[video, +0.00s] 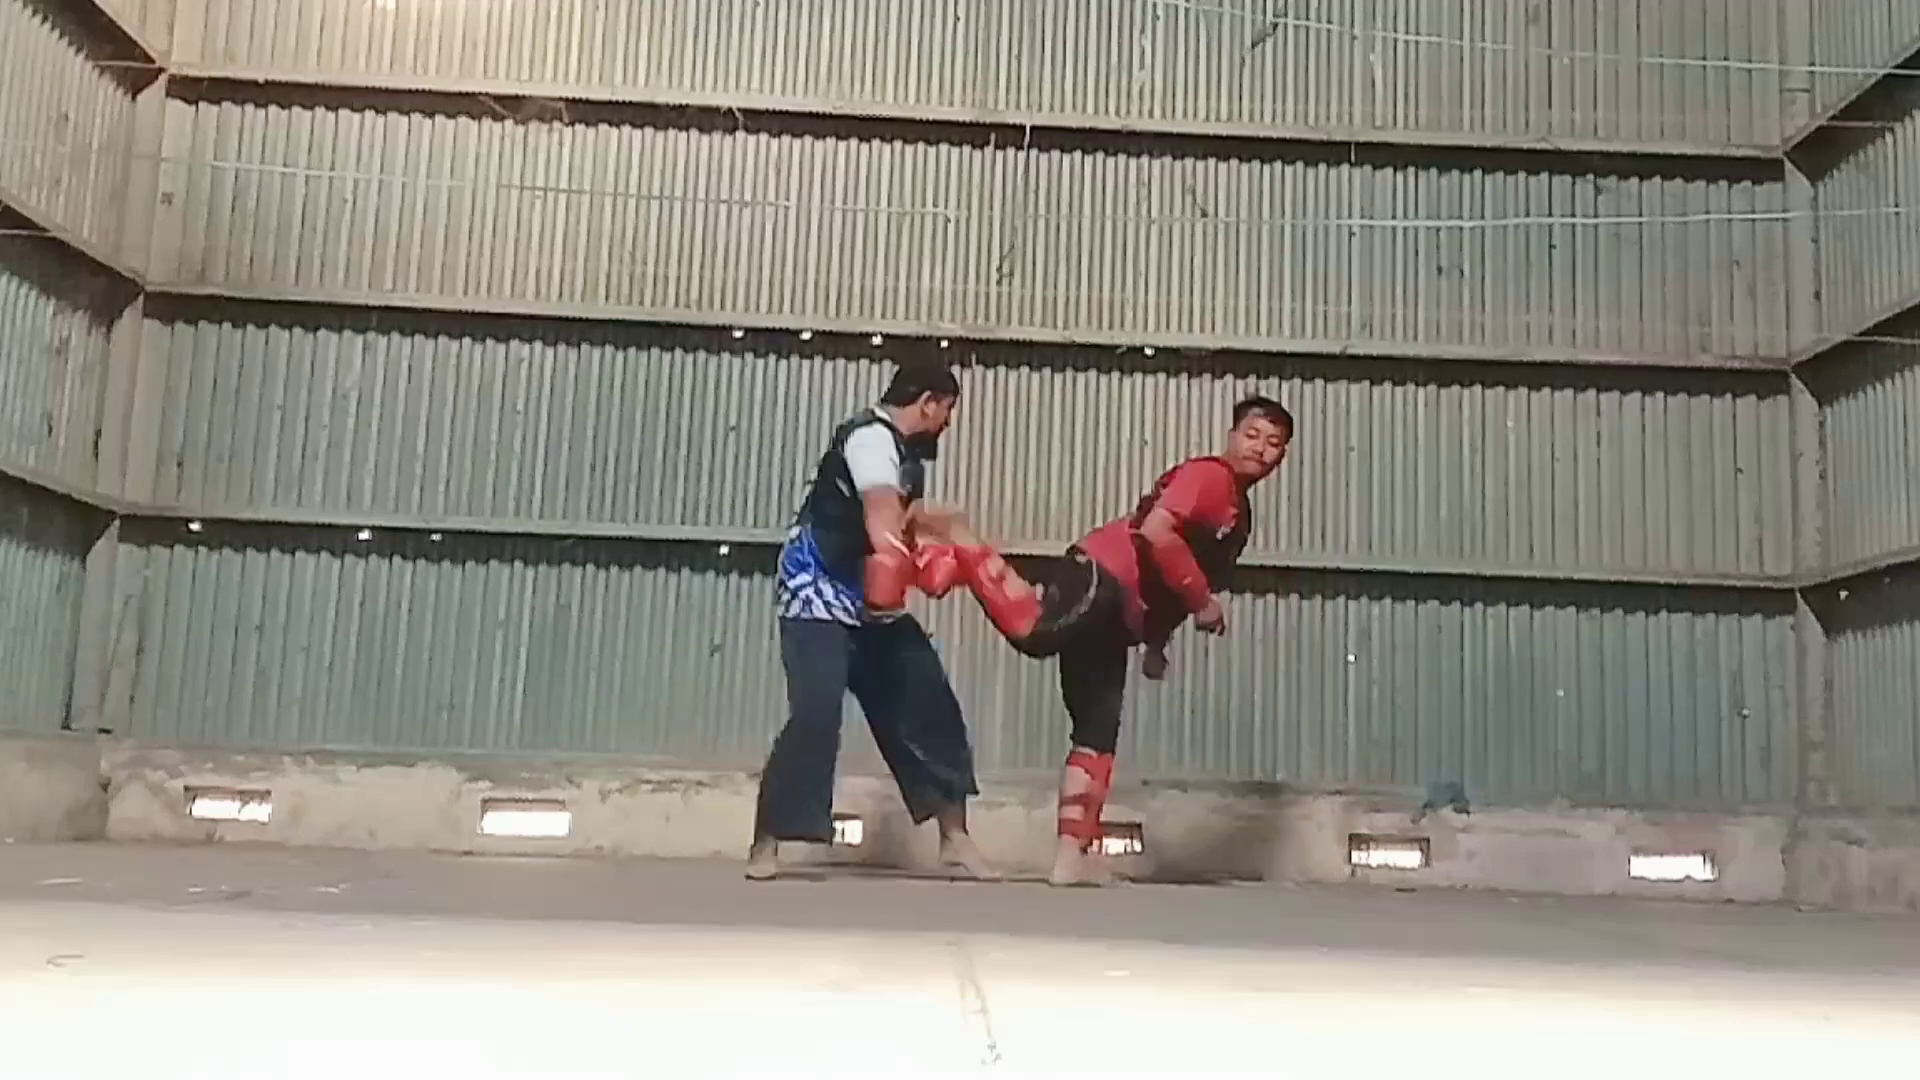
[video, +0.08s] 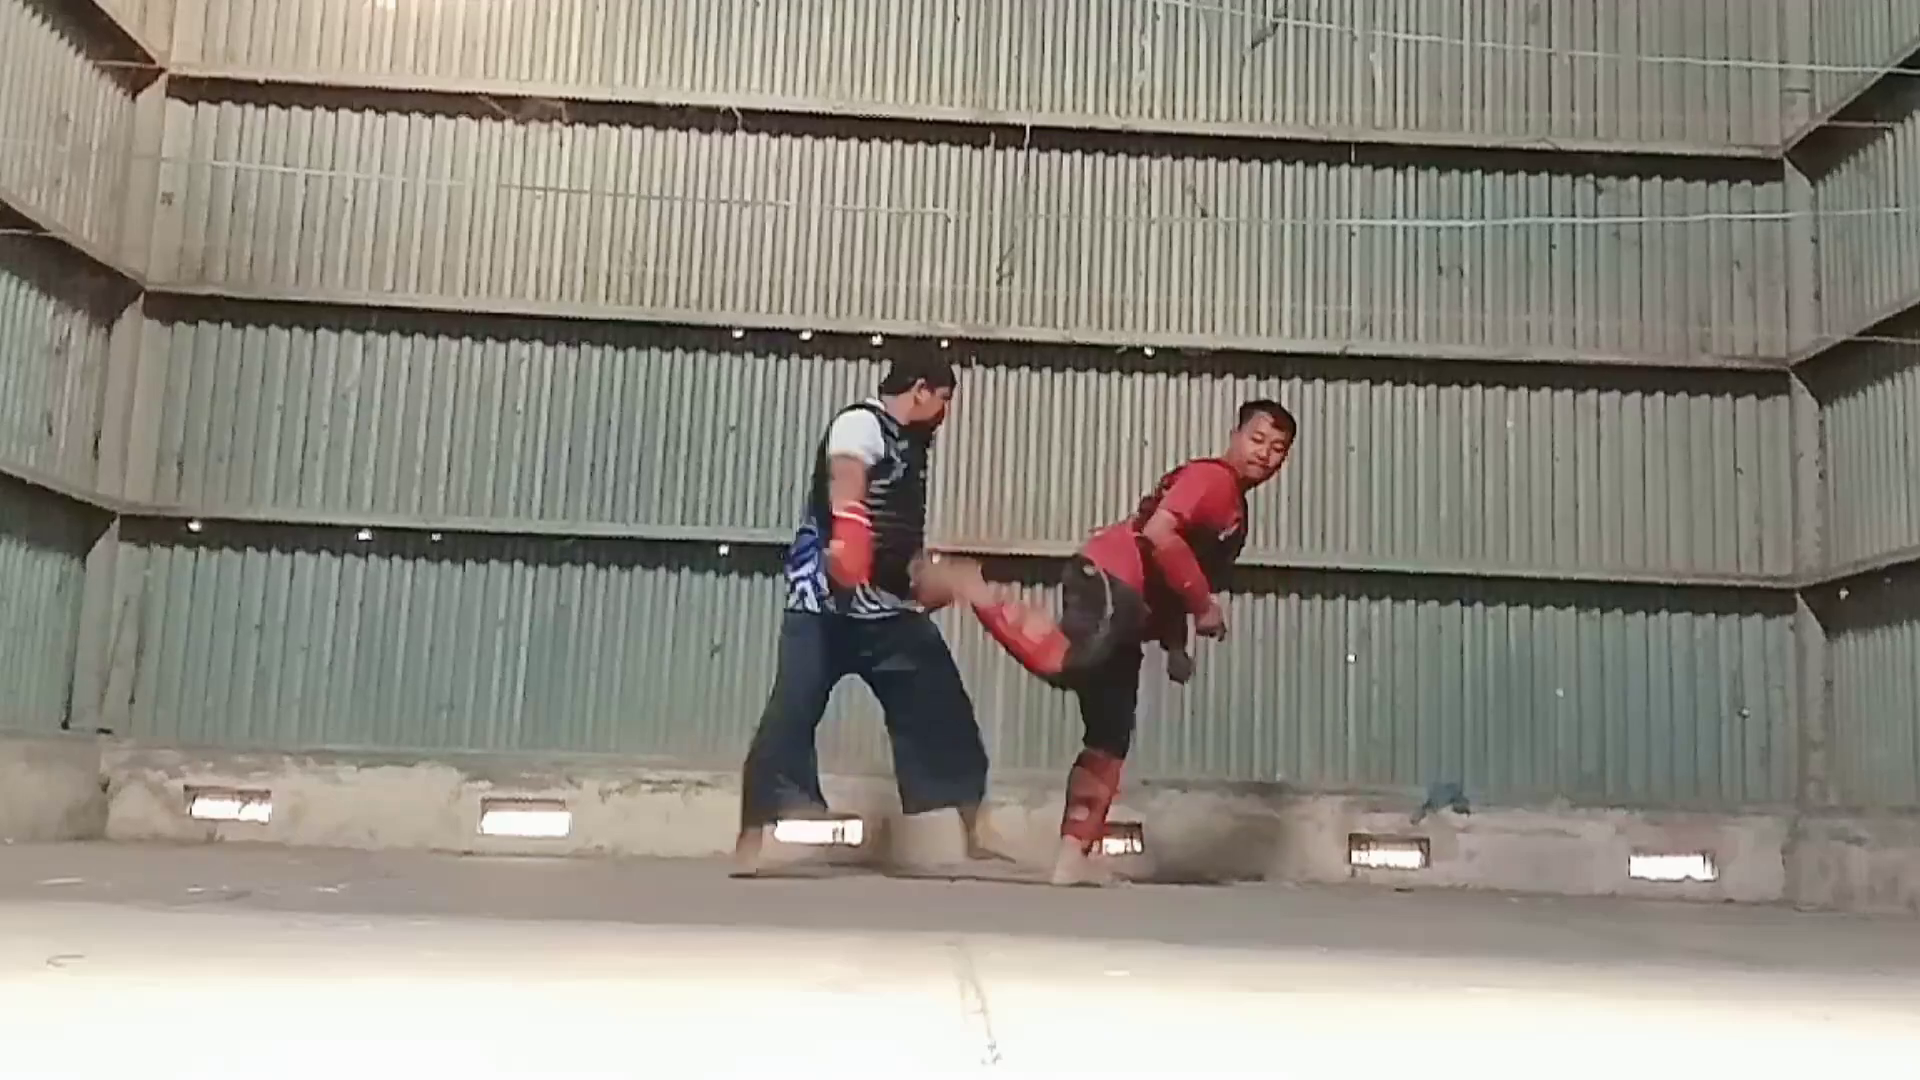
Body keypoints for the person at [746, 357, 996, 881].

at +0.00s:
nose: (948, 421)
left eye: (951, 411)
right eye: (949, 410)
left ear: (919, 401)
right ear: (927, 402)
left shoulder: (910, 452)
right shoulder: (872, 440)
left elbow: (906, 520)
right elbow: (884, 533)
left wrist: (947, 541)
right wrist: (918, 570)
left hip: (873, 603)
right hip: (817, 597)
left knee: (929, 700)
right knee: (816, 713)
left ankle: (955, 839)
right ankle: (767, 841)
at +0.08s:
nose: (946, 411)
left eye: (949, 400)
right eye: (945, 399)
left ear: (919, 392)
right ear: (919, 391)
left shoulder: (912, 444)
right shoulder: (857, 425)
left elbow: (903, 532)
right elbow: (846, 492)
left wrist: (927, 582)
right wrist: (850, 552)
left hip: (893, 610)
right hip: (825, 607)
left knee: (941, 706)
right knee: (795, 706)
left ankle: (966, 824)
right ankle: (762, 831)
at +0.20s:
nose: (942, 433)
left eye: (945, 424)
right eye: (938, 422)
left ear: (913, 418)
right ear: (906, 414)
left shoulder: (920, 472)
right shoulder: (853, 450)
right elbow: (808, 489)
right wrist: (791, 539)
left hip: (912, 644)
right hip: (833, 645)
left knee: (985, 720)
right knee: (779, 735)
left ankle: (1021, 836)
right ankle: (710, 837)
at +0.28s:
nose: (963, 448)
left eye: (965, 439)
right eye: (957, 437)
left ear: (933, 435)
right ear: (923, 431)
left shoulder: (939, 497)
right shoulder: (864, 473)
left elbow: (915, 561)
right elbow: (800, 518)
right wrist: (761, 563)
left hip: (925, 660)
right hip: (846, 654)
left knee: (1000, 741)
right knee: (783, 740)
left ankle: (1036, 849)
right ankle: (708, 846)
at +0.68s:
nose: (1064, 479)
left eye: (1071, 470)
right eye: (1055, 467)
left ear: (1074, 473)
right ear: (1027, 463)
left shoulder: (1074, 532)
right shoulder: (974, 499)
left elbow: (1096, 590)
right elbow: (904, 536)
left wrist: (1084, 606)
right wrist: (907, 583)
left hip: (999, 666)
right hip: (925, 653)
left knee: (1039, 749)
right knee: (859, 746)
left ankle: (1061, 854)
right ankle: (877, 826)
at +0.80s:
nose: (1036, 473)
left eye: (1043, 465)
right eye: (1027, 461)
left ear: (1046, 469)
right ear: (999, 458)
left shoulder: (1045, 518)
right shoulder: (951, 498)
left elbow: (1053, 590)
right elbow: (909, 561)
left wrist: (1069, 577)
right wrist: (966, 551)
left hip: (1000, 657)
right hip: (931, 655)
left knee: (1031, 733)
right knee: (909, 750)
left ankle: (1048, 841)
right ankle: (912, 841)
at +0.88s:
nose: (1022, 468)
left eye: (1029, 460)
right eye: (1013, 457)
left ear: (1034, 463)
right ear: (984, 453)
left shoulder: (1036, 509)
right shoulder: (937, 498)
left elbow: (1054, 579)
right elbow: (920, 565)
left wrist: (1074, 551)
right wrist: (975, 530)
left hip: (999, 659)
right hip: (927, 659)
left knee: (1033, 732)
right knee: (904, 757)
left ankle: (1062, 836)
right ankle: (918, 843)